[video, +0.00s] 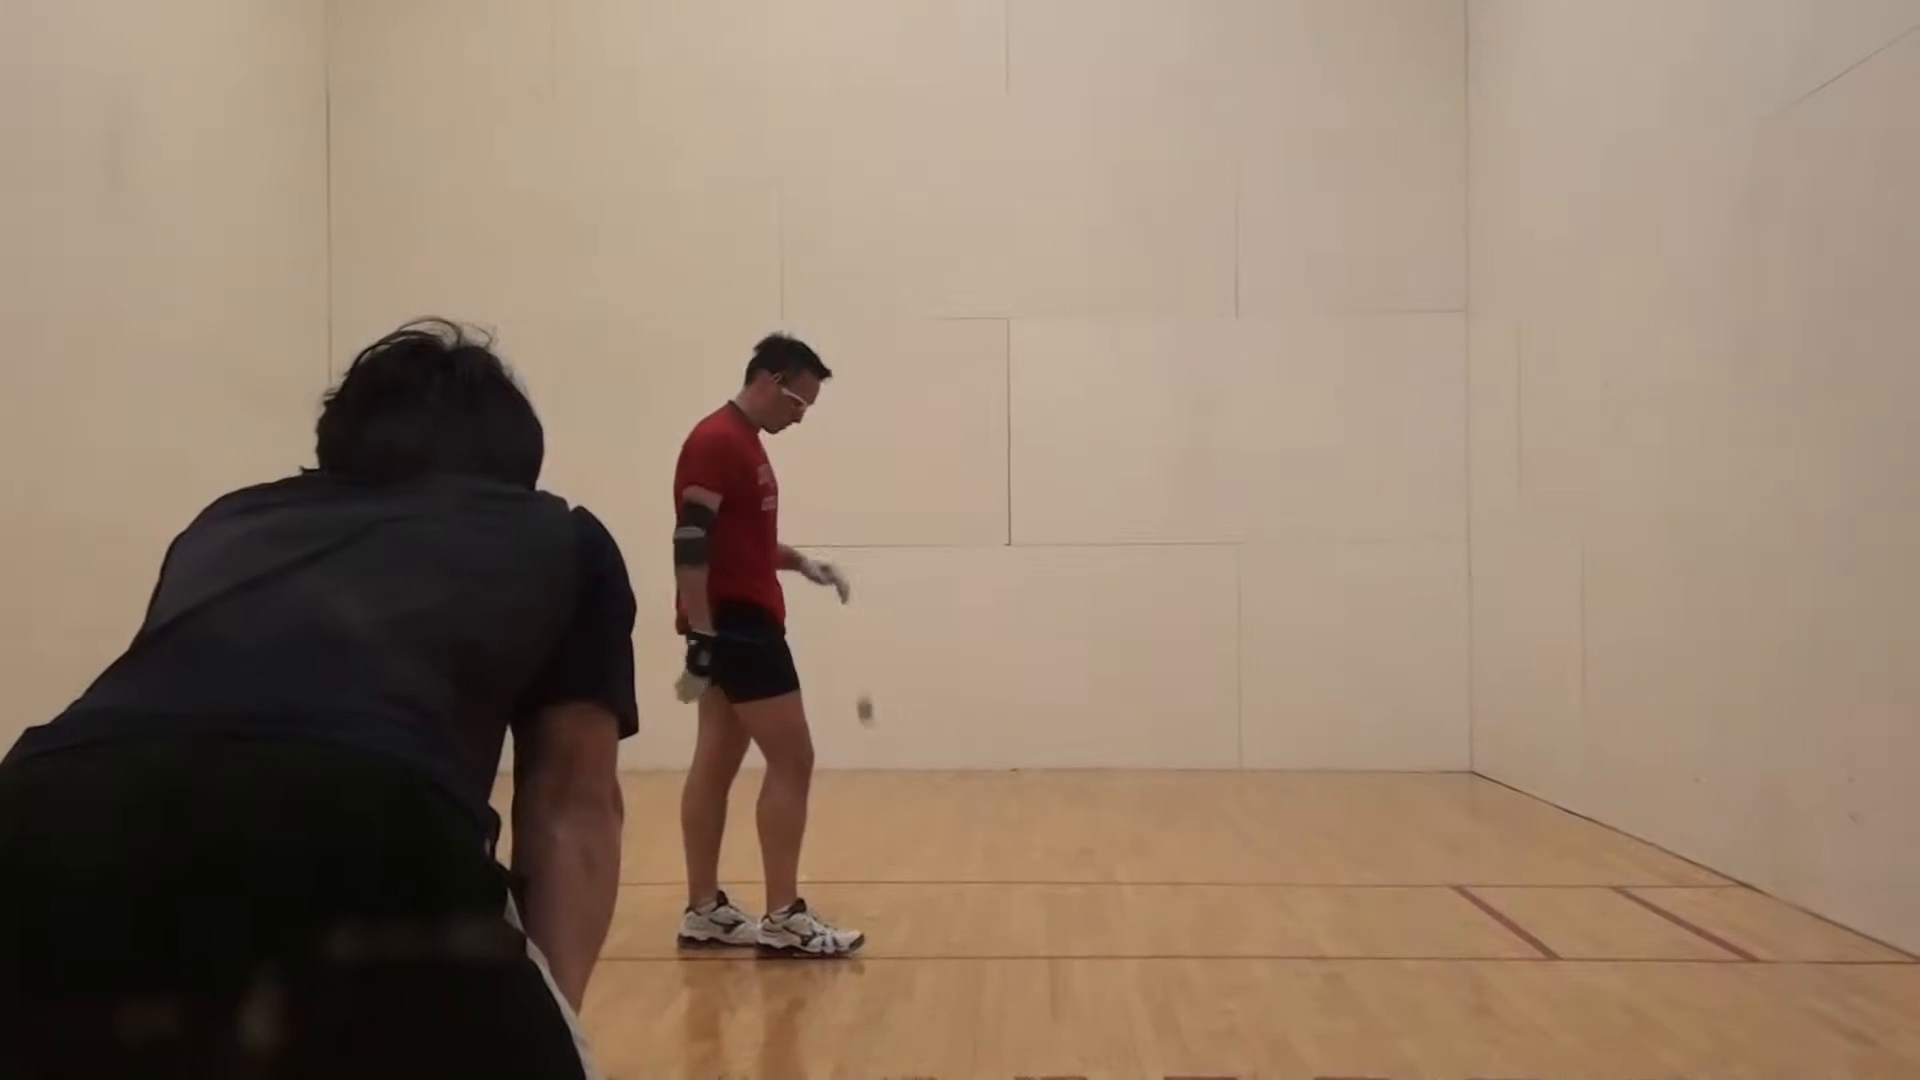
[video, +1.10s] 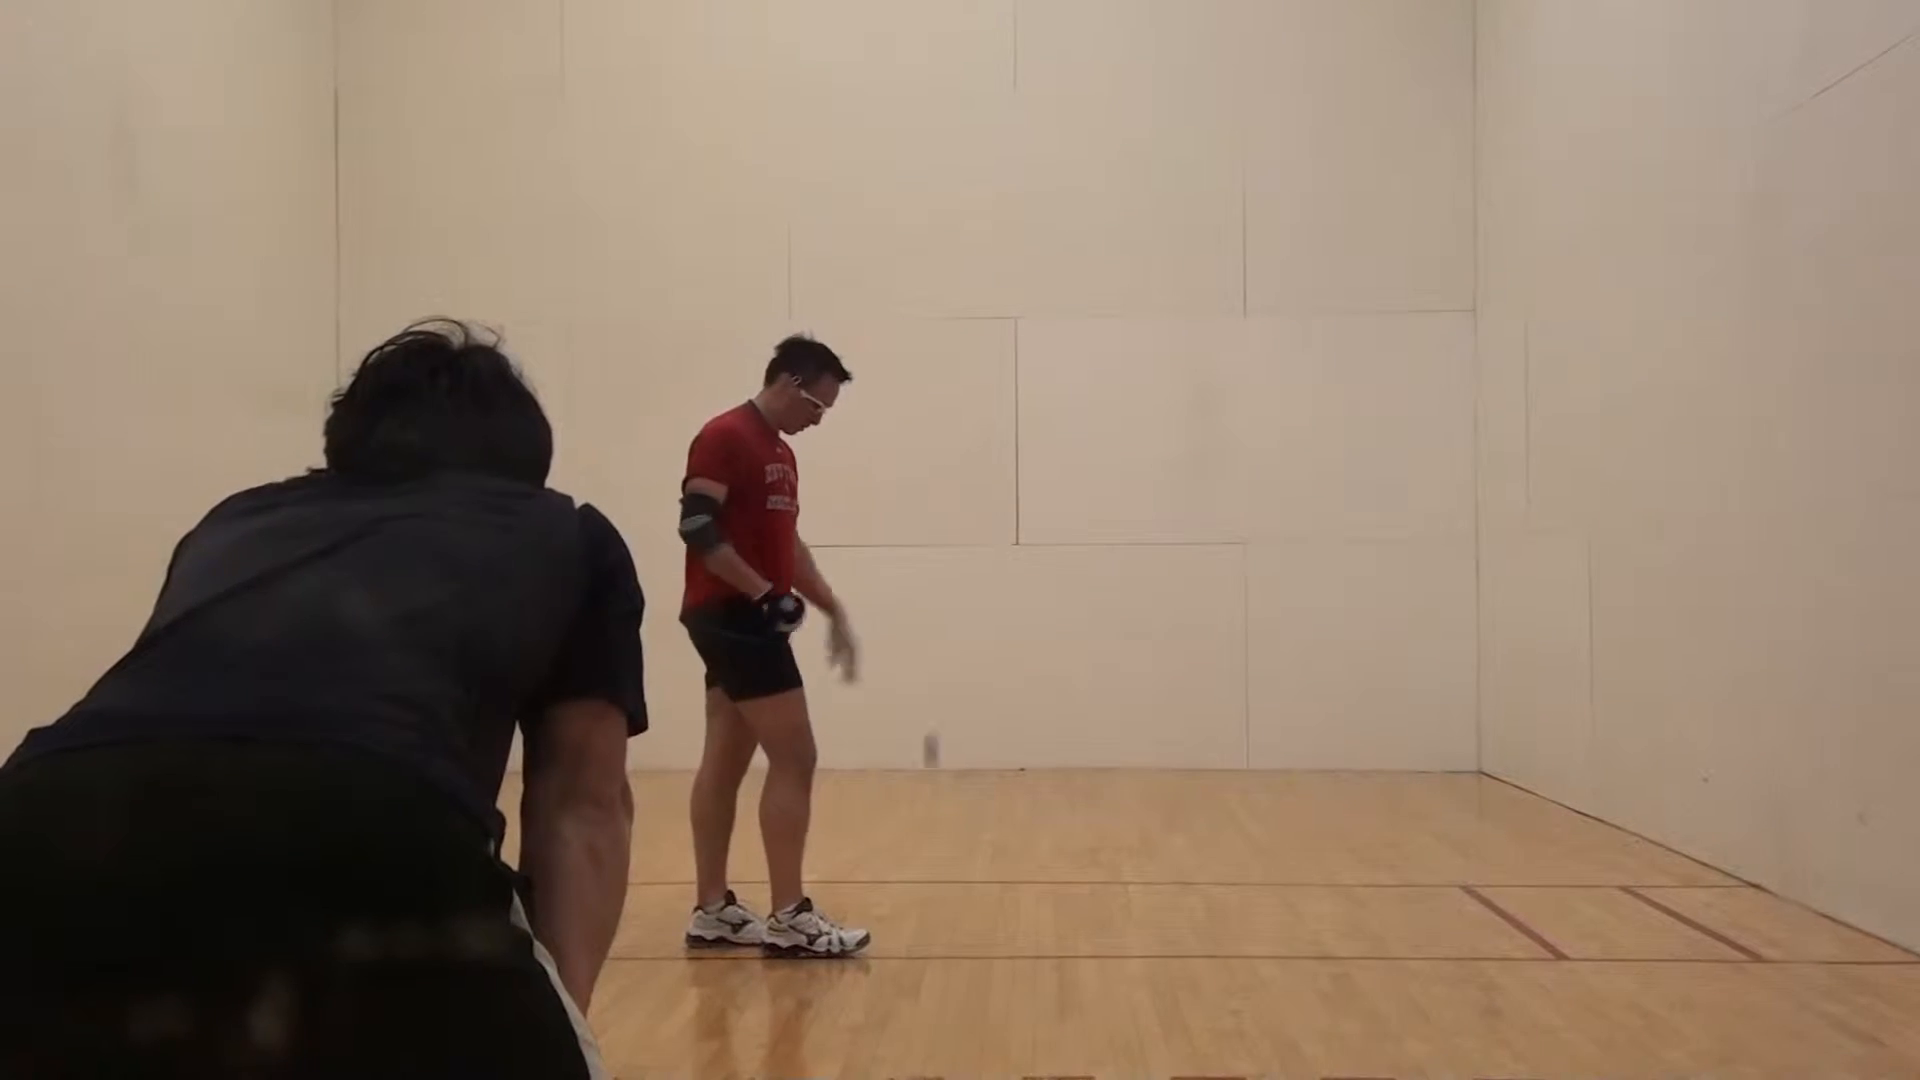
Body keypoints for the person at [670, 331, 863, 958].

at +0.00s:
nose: (801, 413)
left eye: (806, 403)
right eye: (798, 399)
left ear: (772, 388)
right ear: (765, 380)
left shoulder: (744, 442)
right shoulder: (718, 441)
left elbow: (745, 541)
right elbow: (691, 544)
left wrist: (801, 561)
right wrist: (701, 637)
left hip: (733, 623)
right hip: (743, 628)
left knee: (714, 764)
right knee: (791, 759)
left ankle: (704, 908)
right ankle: (784, 914)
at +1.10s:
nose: (819, 417)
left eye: (824, 407)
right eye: (818, 404)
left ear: (796, 391)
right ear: (786, 384)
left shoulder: (778, 450)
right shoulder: (726, 435)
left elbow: (784, 540)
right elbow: (698, 529)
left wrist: (832, 608)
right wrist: (763, 592)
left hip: (747, 616)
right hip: (734, 618)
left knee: (723, 763)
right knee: (793, 757)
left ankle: (712, 908)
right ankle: (789, 914)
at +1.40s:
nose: (824, 414)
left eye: (829, 404)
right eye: (823, 401)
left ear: (796, 386)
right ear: (791, 382)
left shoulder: (766, 439)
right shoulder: (739, 439)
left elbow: (755, 536)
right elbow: (738, 534)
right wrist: (828, 538)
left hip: (740, 616)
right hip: (739, 619)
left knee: (724, 762)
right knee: (792, 761)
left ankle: (713, 907)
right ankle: (789, 914)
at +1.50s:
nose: (829, 417)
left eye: (834, 407)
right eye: (829, 403)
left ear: (799, 387)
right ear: (797, 384)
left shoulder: (762, 436)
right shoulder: (751, 440)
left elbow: (761, 536)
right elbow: (755, 539)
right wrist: (840, 524)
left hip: (731, 616)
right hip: (746, 619)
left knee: (725, 761)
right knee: (794, 761)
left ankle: (715, 908)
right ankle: (791, 914)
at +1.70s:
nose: (836, 421)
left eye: (841, 412)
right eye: (835, 407)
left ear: (805, 390)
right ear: (804, 386)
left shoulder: (759, 435)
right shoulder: (764, 445)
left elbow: (764, 545)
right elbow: (772, 549)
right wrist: (863, 547)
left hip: (724, 616)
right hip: (750, 621)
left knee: (726, 758)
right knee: (795, 758)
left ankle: (715, 907)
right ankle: (793, 914)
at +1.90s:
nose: (840, 420)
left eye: (847, 410)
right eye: (839, 405)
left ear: (810, 388)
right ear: (810, 386)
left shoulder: (769, 437)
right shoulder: (764, 447)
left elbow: (777, 548)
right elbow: (770, 560)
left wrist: (803, 600)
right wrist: (807, 625)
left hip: (732, 614)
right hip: (747, 618)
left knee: (726, 761)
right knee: (797, 762)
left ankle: (716, 908)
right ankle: (793, 915)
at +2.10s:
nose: (844, 419)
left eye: (851, 408)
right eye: (843, 404)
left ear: (816, 389)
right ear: (813, 385)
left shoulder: (782, 440)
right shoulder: (755, 443)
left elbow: (775, 532)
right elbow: (721, 552)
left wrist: (829, 554)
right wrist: (724, 646)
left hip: (745, 622)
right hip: (758, 628)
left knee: (726, 766)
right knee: (796, 762)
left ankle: (716, 908)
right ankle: (793, 915)